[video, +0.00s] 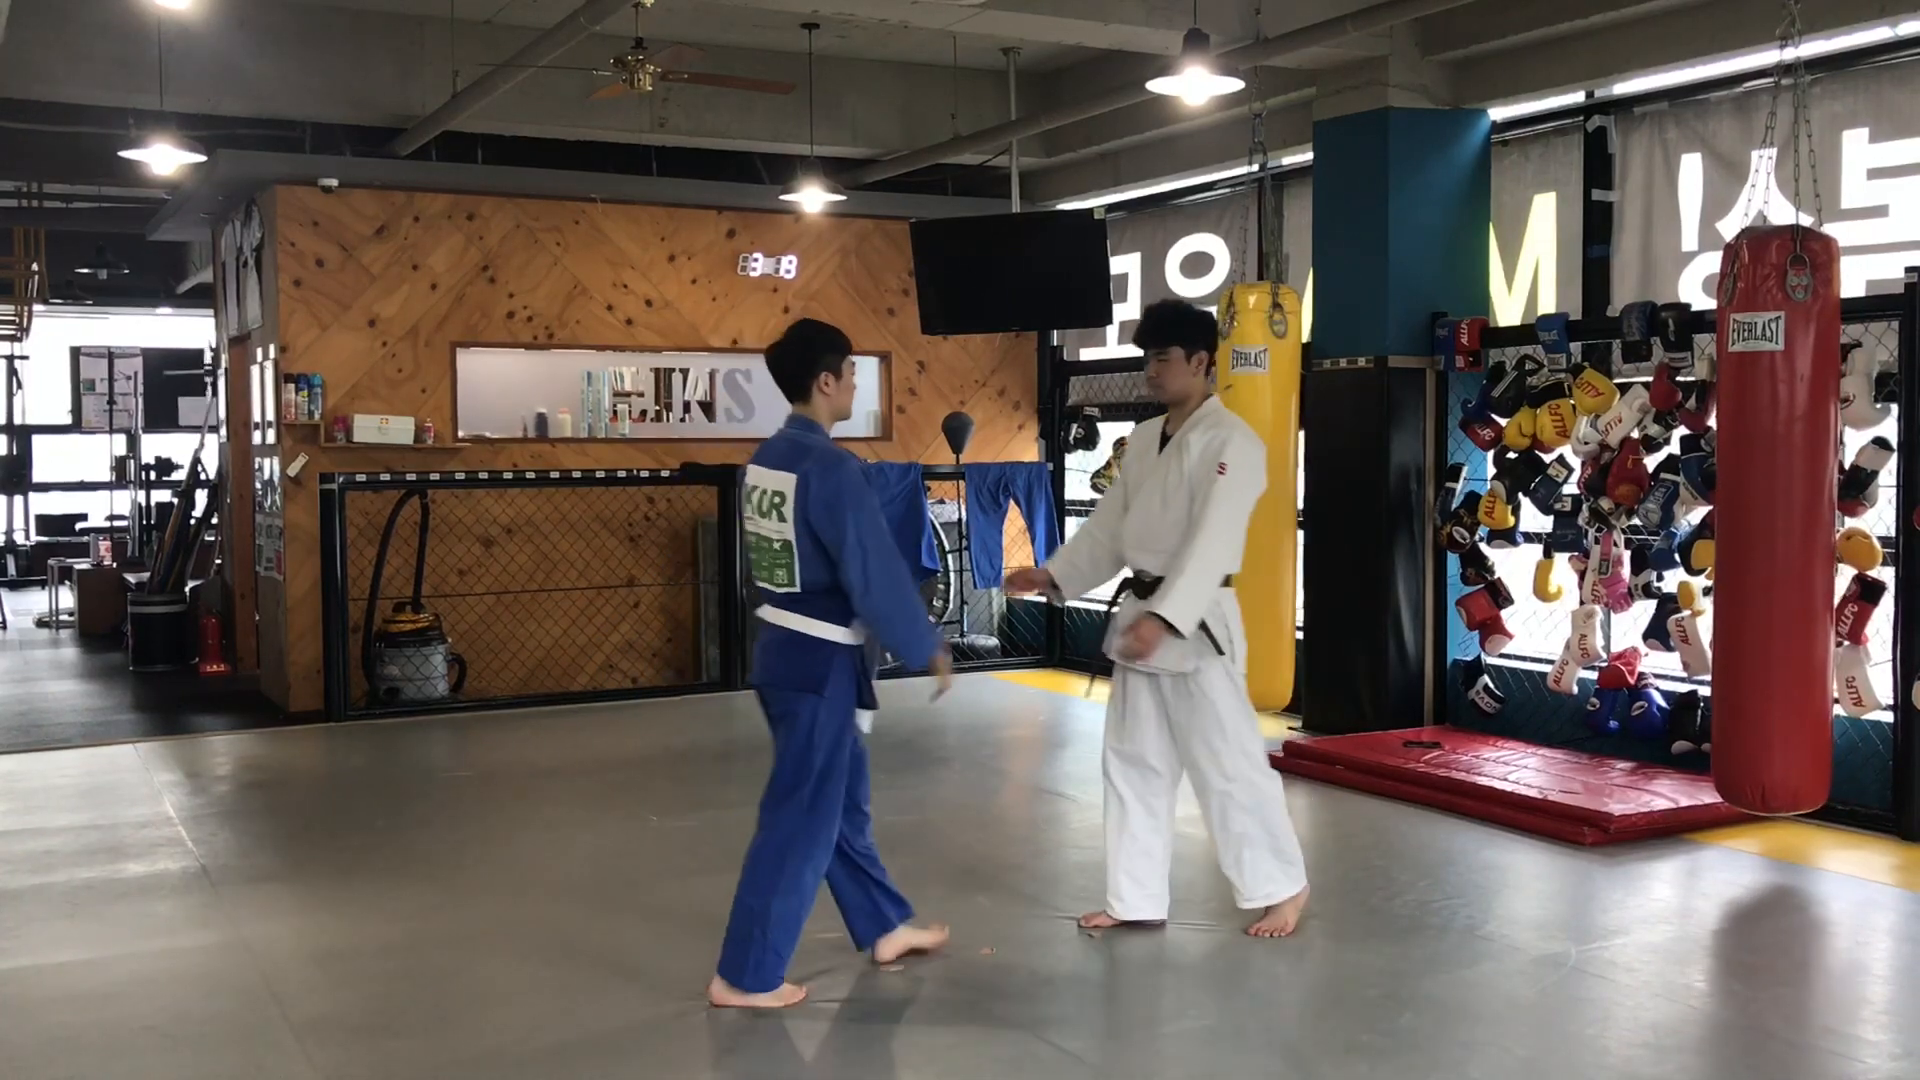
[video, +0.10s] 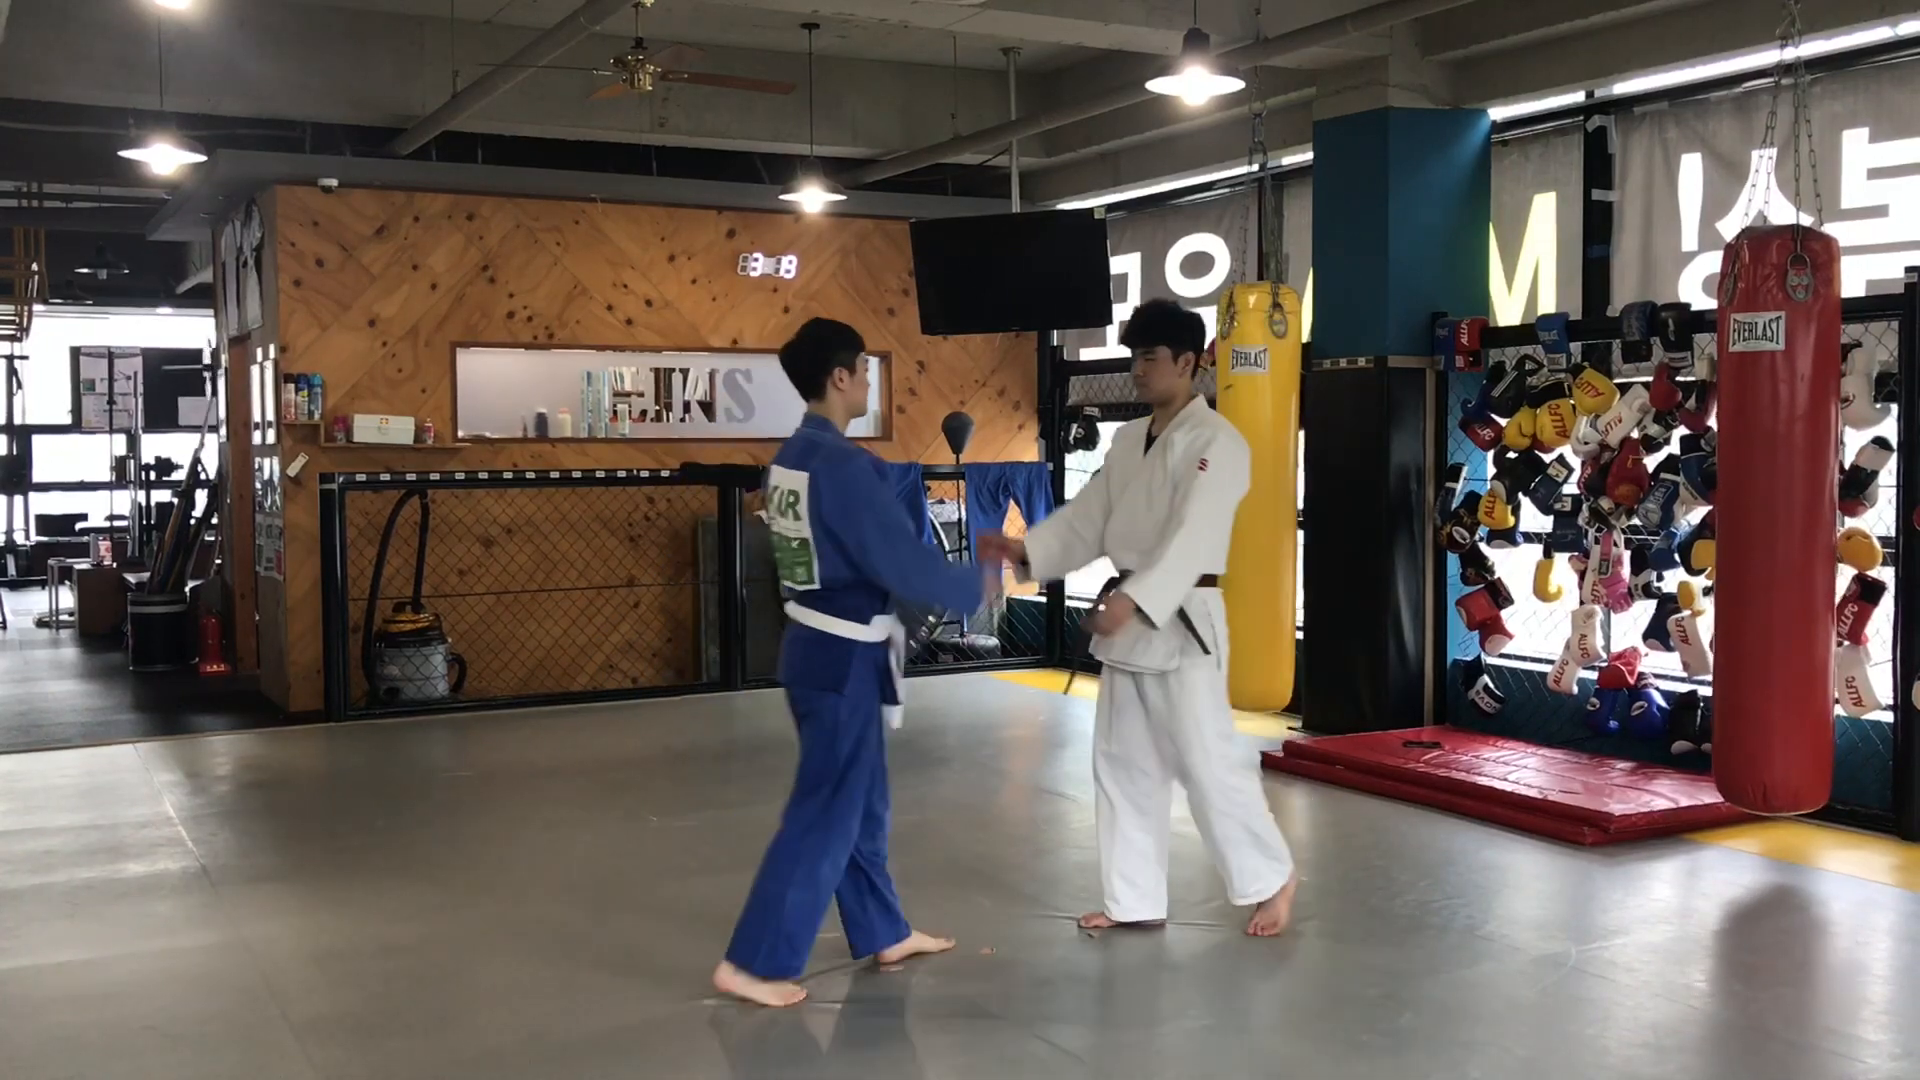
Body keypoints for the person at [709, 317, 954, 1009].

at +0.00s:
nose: (854, 385)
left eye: (852, 373)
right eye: (849, 374)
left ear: (796, 384)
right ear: (826, 381)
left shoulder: (770, 457)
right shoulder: (833, 467)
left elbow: (785, 558)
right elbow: (874, 572)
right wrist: (927, 645)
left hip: (778, 657)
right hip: (821, 665)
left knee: (842, 799)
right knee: (803, 813)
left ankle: (883, 928)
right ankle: (744, 975)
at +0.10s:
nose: (866, 385)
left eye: (864, 374)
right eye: (862, 375)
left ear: (811, 382)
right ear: (840, 380)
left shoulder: (793, 457)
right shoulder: (845, 467)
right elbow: (908, 569)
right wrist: (984, 582)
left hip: (812, 651)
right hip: (845, 661)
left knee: (863, 802)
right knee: (830, 807)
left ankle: (885, 936)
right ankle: (753, 963)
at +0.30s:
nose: (904, 378)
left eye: (901, 366)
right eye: (898, 366)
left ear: (848, 378)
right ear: (871, 374)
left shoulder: (826, 455)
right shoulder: (883, 456)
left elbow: (893, 556)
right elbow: (966, 510)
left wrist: (956, 536)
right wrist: (1051, 477)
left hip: (834, 649)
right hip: (882, 655)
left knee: (862, 792)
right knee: (919, 791)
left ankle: (892, 932)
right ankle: (834, 927)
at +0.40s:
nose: (920, 376)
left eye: (917, 364)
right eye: (913, 365)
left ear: (859, 374)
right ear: (886, 371)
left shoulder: (843, 449)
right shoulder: (903, 451)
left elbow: (950, 531)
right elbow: (991, 485)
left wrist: (1017, 506)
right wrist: (1089, 457)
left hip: (839, 645)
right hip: (891, 648)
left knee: (864, 794)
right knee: (926, 792)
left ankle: (876, 936)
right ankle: (908, 949)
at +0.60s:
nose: (944, 374)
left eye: (940, 362)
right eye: (938, 364)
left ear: (882, 373)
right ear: (913, 371)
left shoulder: (864, 441)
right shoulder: (935, 447)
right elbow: (1028, 473)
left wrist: (1026, 500)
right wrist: (1135, 470)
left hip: (857, 647)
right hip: (910, 652)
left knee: (873, 799)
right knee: (937, 800)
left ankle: (888, 936)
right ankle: (943, 953)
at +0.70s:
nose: (949, 372)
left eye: (945, 360)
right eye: (943, 361)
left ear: (882, 373)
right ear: (921, 369)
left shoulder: (867, 442)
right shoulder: (944, 448)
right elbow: (1040, 488)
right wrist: (1141, 480)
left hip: (865, 643)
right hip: (919, 649)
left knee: (879, 792)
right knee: (937, 799)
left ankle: (887, 935)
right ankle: (939, 956)